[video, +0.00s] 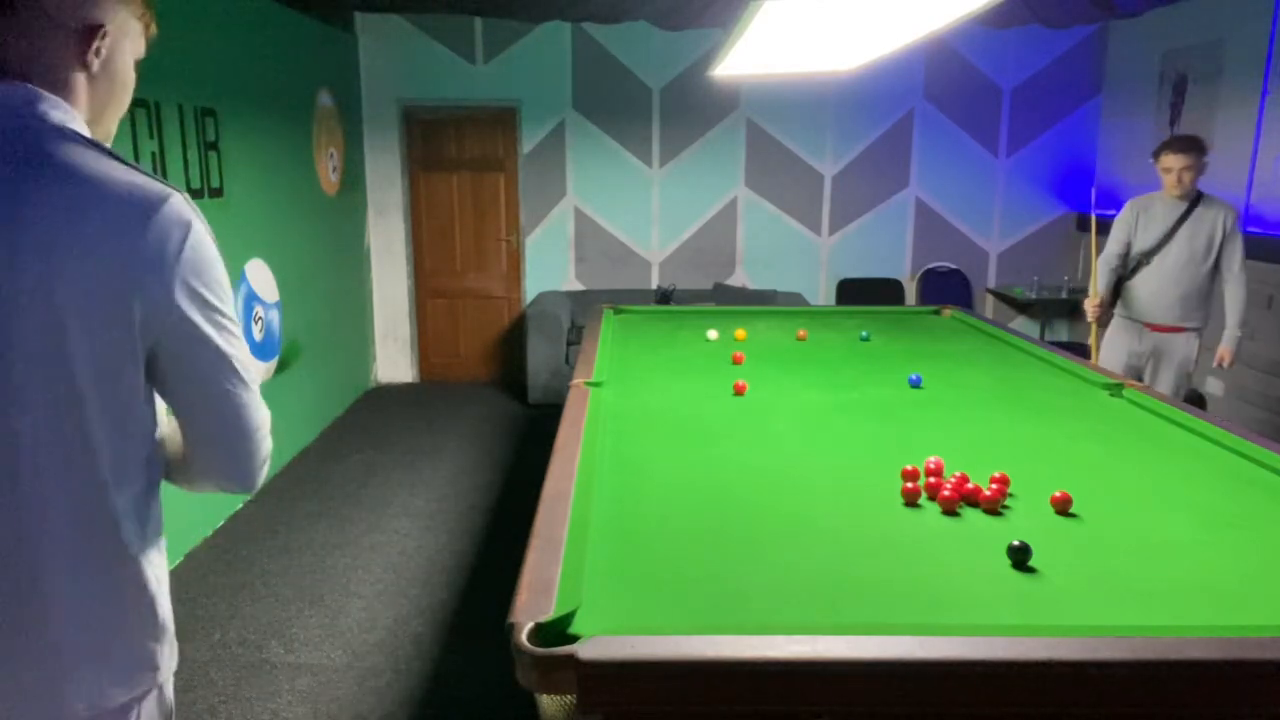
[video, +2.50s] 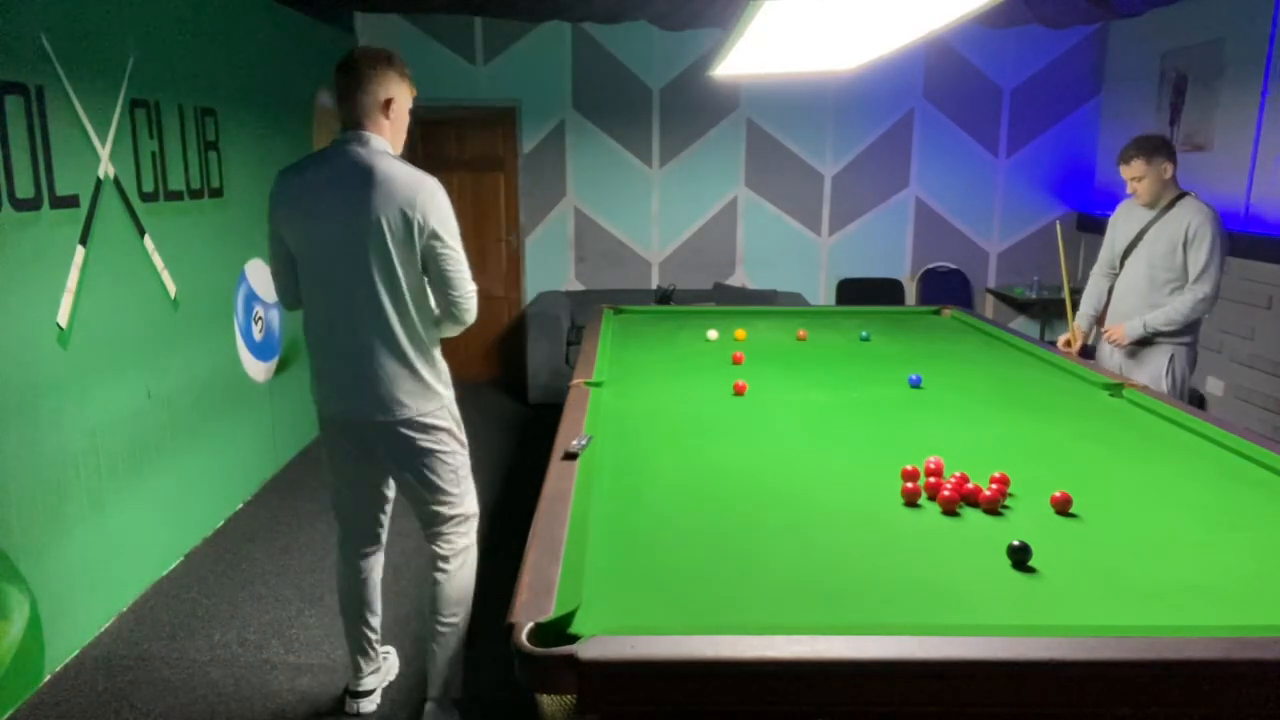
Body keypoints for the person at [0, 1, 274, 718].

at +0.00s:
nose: (131, 94)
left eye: (140, 64)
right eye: (135, 61)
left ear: (8, 40)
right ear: (94, 44)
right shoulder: (145, 218)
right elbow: (238, 459)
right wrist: (138, 430)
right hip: (87, 675)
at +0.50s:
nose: (170, 99)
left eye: (171, 79)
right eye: (172, 79)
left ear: (55, 71)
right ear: (154, 76)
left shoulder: (4, 182)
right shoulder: (198, 208)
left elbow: (14, 367)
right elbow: (283, 394)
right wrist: (204, 398)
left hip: (55, 563)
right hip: (190, 568)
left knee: (109, 711)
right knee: (237, 708)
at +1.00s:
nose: (269, 121)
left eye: (274, 106)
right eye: (271, 105)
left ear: (174, 91)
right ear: (243, 97)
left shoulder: (68, 198)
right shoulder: (279, 208)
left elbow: (35, 368)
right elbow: (331, 379)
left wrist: (131, 339)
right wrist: (309, 446)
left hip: (144, 503)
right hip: (271, 497)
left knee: (166, 694)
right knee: (361, 657)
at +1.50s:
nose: (434, 127)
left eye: (437, 114)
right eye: (436, 113)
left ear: (357, 98)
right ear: (415, 108)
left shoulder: (269, 176)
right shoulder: (442, 201)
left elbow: (222, 317)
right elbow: (489, 331)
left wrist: (276, 300)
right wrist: (531, 411)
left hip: (304, 444)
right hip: (407, 447)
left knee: (272, 636)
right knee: (433, 631)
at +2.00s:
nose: (494, 130)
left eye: (495, 120)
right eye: (495, 120)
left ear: (421, 104)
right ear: (482, 117)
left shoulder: (345, 170)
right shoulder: (496, 199)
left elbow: (301, 293)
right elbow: (518, 323)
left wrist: (361, 275)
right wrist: (551, 410)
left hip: (357, 411)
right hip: (449, 420)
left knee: (342, 567)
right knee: (446, 578)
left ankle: (319, 709)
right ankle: (445, 712)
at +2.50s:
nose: (408, 122)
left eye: (406, 111)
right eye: (406, 110)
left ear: (340, 108)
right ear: (393, 110)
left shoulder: (292, 185)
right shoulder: (417, 189)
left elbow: (287, 291)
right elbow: (460, 306)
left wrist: (348, 283)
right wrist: (419, 325)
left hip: (341, 399)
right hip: (416, 399)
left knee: (359, 539)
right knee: (453, 536)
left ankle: (367, 675)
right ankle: (442, 700)